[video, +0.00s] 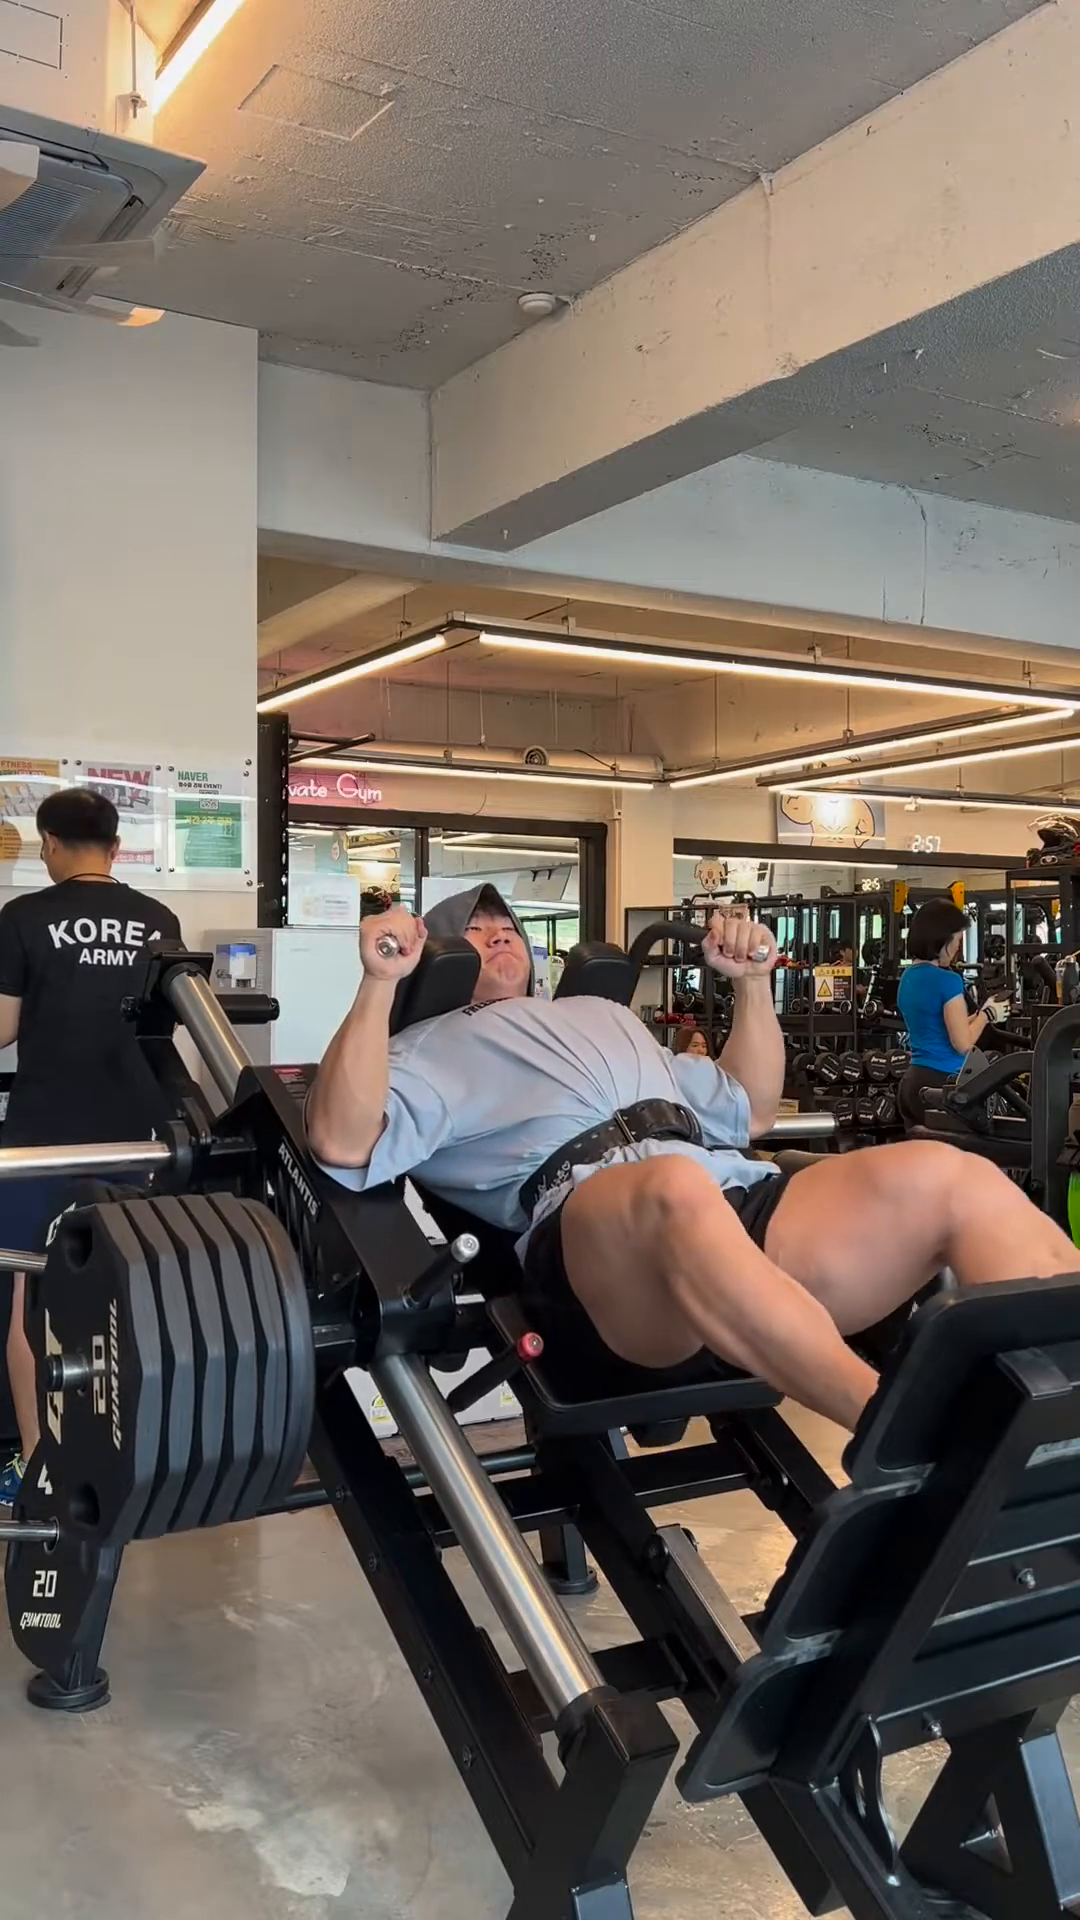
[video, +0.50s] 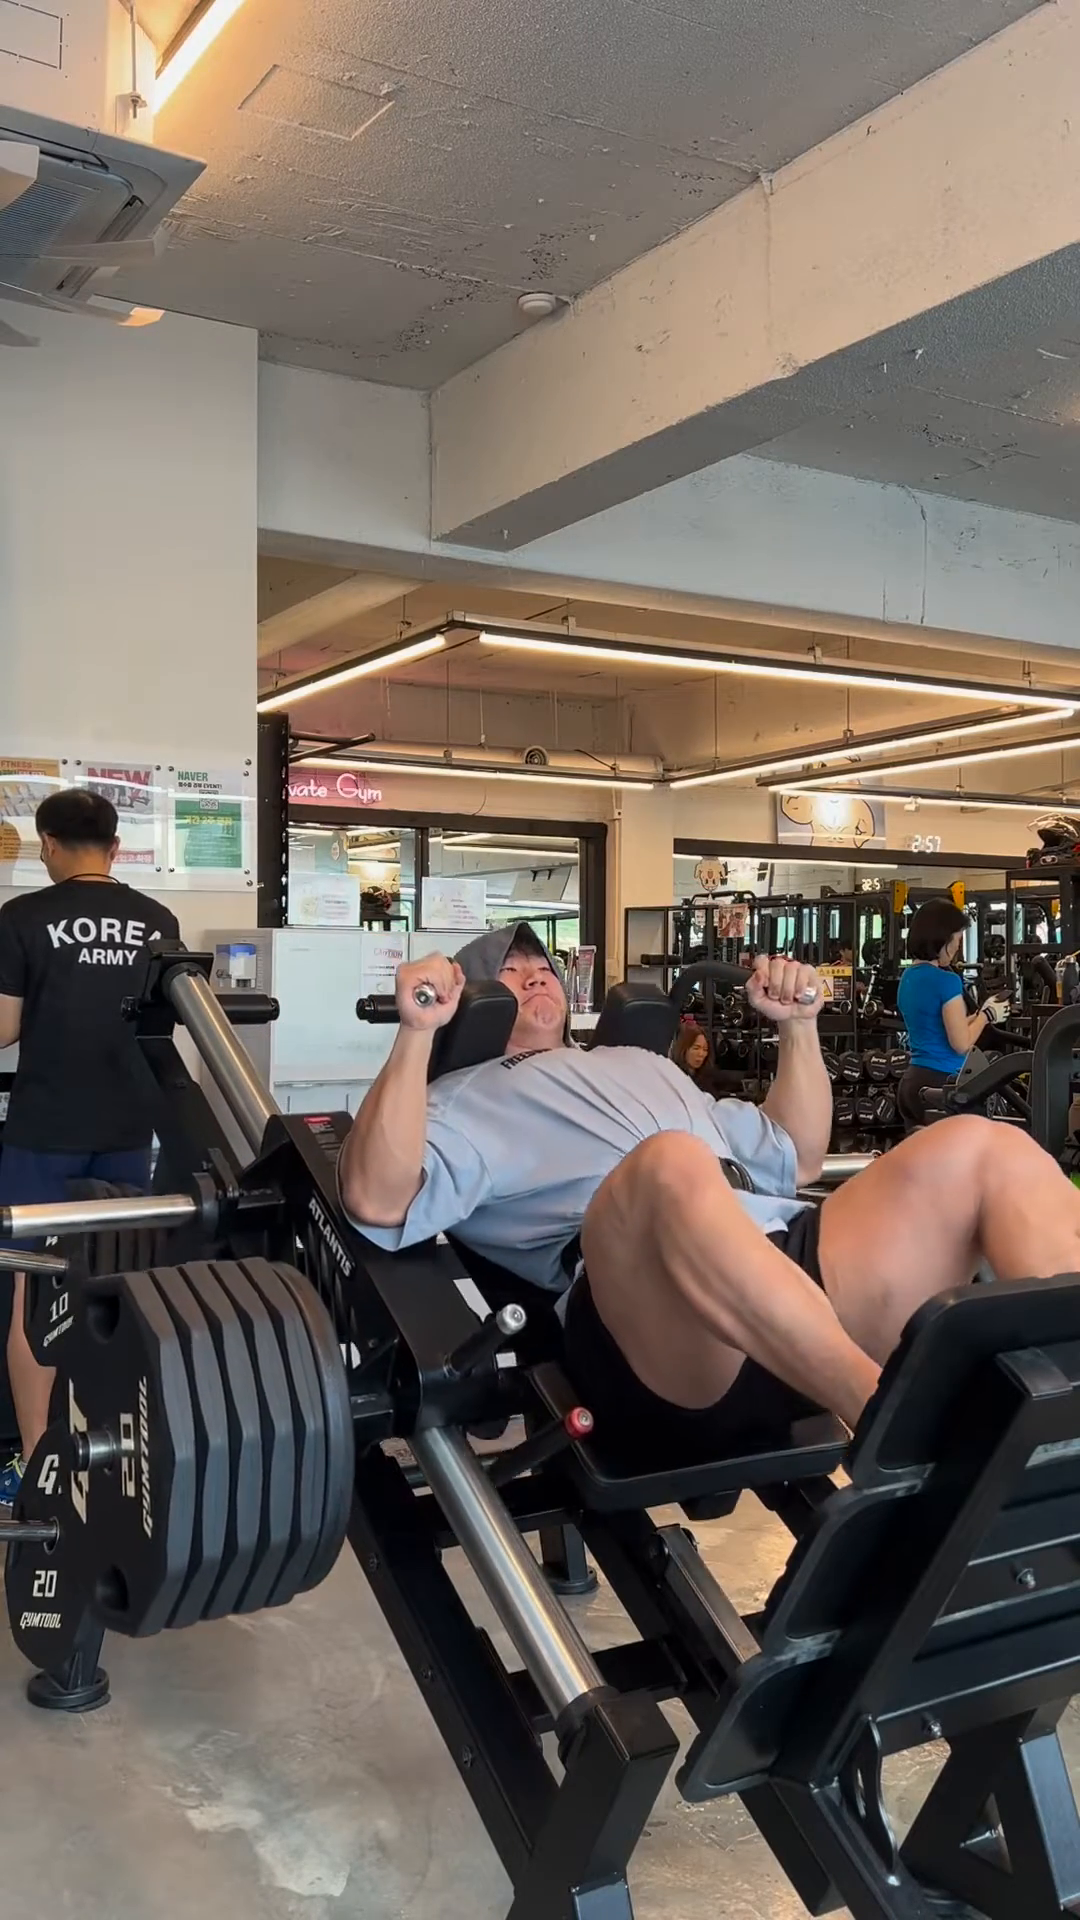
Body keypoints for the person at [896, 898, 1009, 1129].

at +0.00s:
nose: (959, 946)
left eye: (960, 939)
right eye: (958, 939)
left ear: (924, 936)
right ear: (944, 940)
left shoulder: (907, 978)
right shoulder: (948, 981)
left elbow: (929, 1034)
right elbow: (963, 1043)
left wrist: (973, 1013)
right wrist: (987, 1014)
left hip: (914, 1078)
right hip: (946, 1084)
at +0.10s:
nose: (959, 946)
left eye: (960, 940)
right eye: (958, 939)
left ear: (924, 936)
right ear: (944, 940)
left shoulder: (907, 978)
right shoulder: (947, 980)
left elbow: (929, 1034)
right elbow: (963, 1043)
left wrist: (974, 1013)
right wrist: (987, 1014)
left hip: (914, 1078)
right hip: (946, 1084)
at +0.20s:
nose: (959, 946)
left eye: (960, 939)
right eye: (958, 939)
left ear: (924, 936)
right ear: (944, 939)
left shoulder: (907, 978)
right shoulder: (947, 980)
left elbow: (930, 1034)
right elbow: (963, 1043)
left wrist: (974, 1015)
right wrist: (986, 1015)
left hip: (913, 1079)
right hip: (945, 1084)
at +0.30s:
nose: (959, 946)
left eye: (960, 939)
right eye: (958, 939)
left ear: (924, 936)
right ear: (944, 940)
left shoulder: (908, 978)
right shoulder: (947, 981)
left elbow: (931, 1034)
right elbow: (962, 1043)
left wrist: (975, 1015)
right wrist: (987, 1015)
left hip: (913, 1079)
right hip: (945, 1084)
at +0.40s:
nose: (959, 947)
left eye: (960, 940)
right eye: (957, 939)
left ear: (924, 936)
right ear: (944, 940)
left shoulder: (908, 978)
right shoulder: (946, 981)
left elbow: (931, 1035)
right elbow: (962, 1044)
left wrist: (976, 1015)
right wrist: (987, 1015)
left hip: (914, 1079)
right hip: (945, 1084)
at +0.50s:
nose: (959, 947)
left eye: (960, 940)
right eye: (957, 940)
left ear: (923, 936)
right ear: (943, 940)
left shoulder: (907, 978)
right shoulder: (947, 981)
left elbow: (932, 1034)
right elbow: (961, 1044)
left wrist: (977, 1014)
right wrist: (987, 1015)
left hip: (913, 1079)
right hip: (946, 1084)